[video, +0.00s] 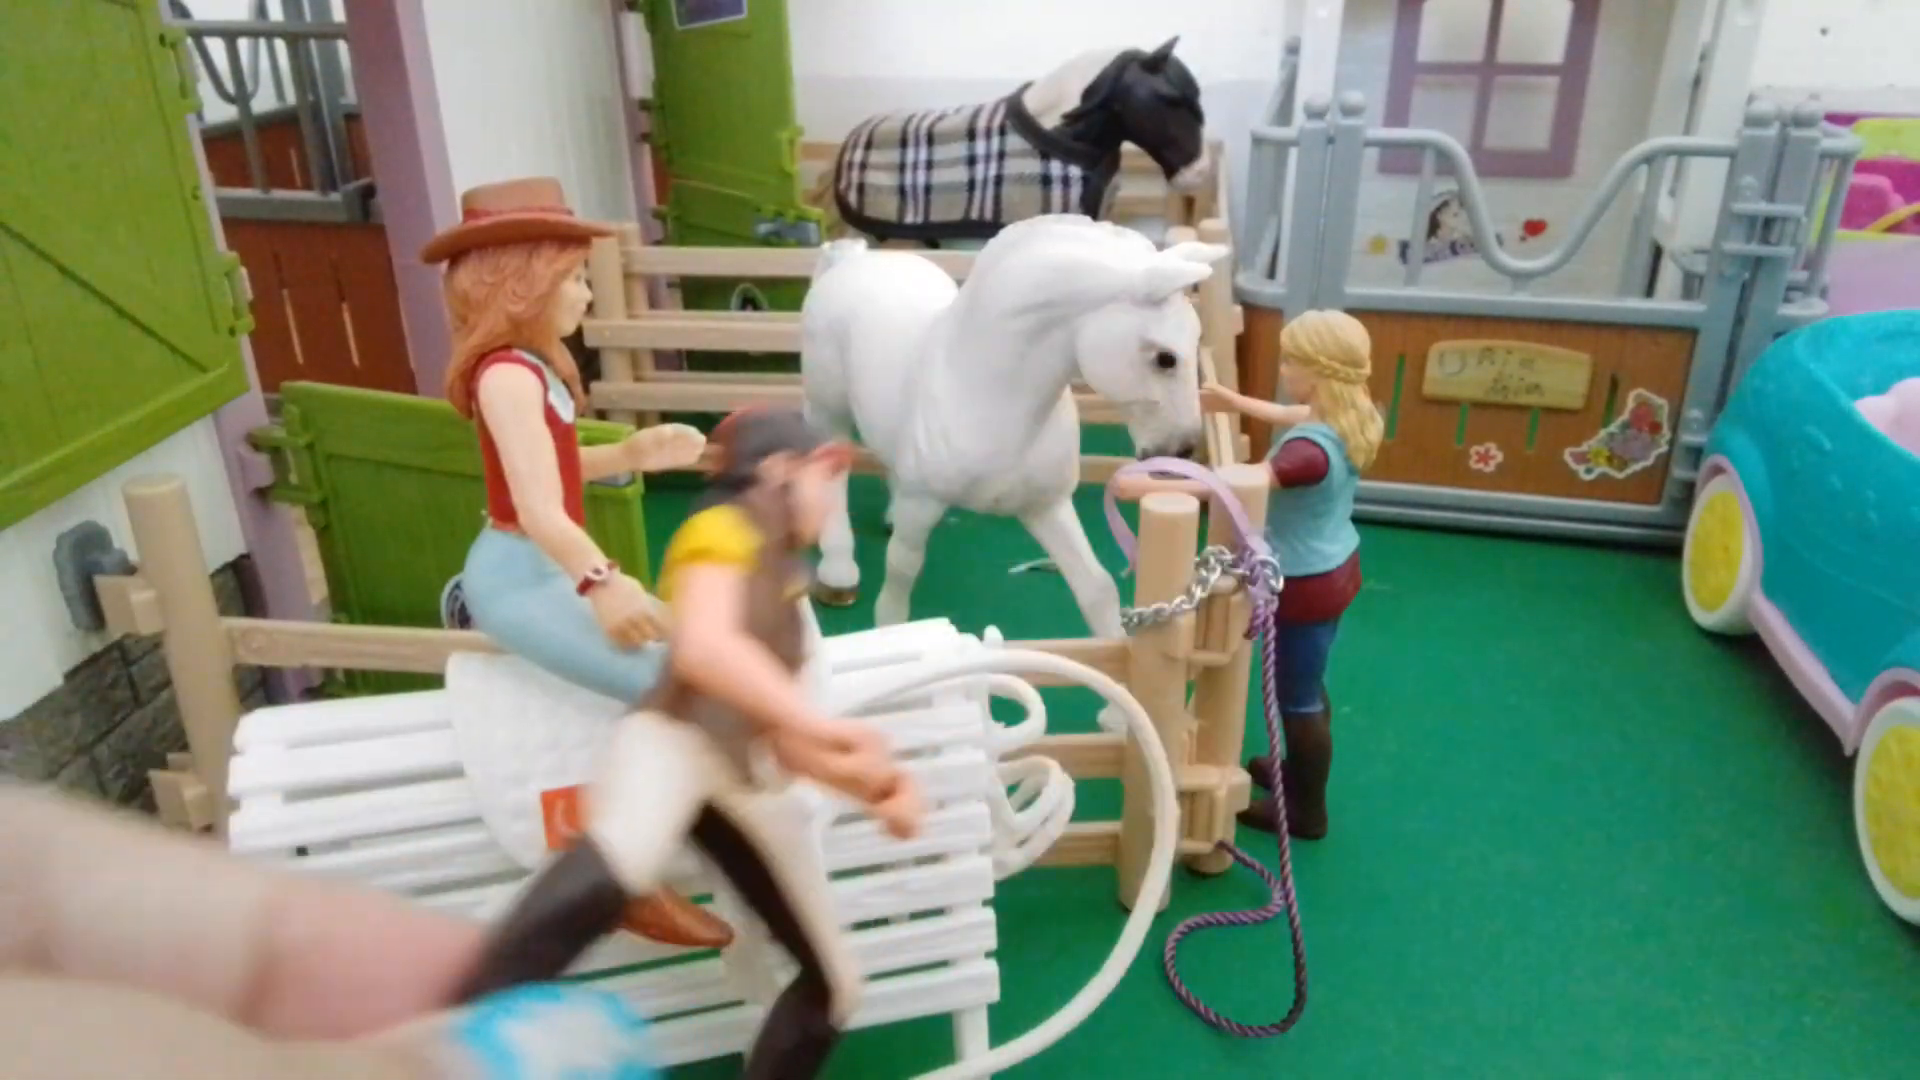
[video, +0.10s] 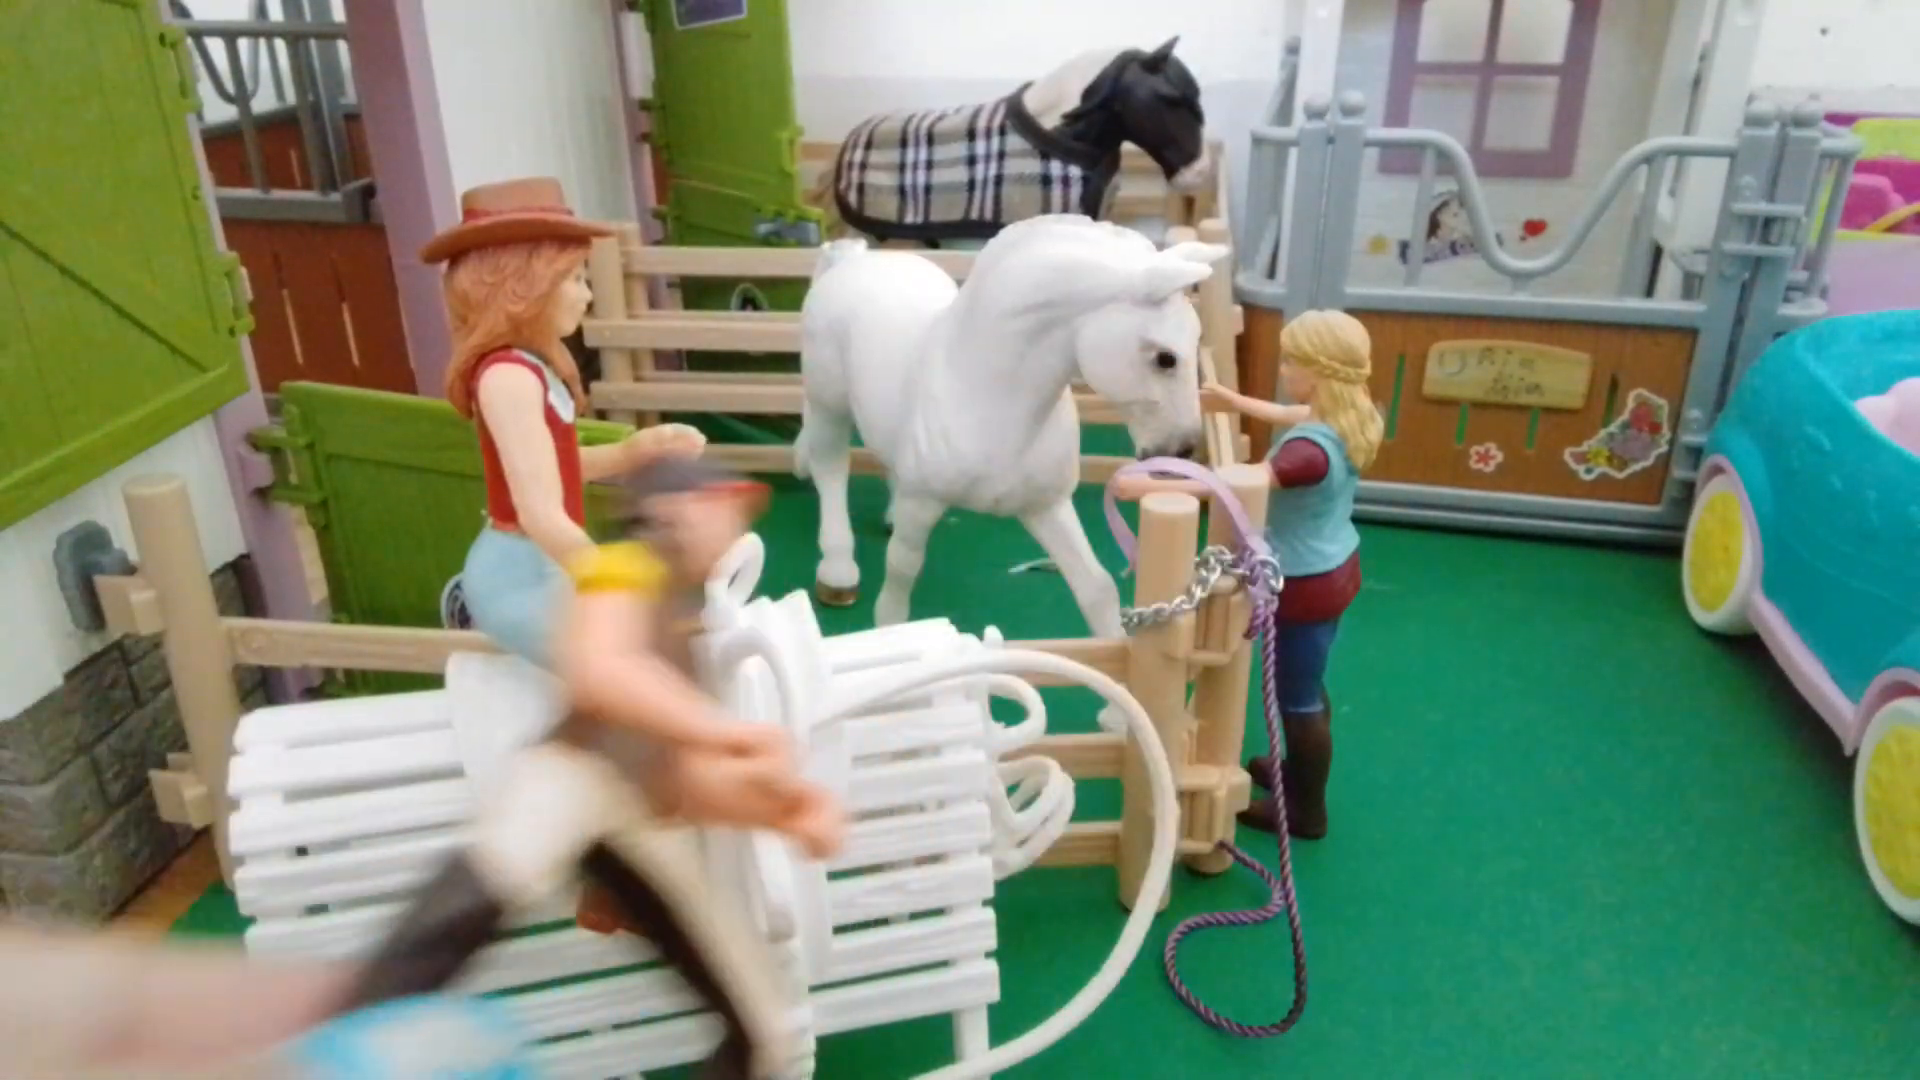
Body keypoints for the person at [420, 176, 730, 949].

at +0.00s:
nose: (587, 295)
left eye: (584, 277)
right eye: (575, 278)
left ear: (531, 288)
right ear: (527, 286)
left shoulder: (539, 368)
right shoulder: (510, 378)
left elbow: (556, 467)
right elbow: (538, 513)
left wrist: (634, 454)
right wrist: (605, 583)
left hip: (545, 564)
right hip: (516, 576)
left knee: (689, 665)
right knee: (682, 685)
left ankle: (636, 869)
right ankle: (630, 870)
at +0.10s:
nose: (588, 295)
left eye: (585, 279)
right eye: (579, 278)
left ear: (534, 287)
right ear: (530, 285)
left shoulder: (536, 370)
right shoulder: (509, 377)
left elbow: (557, 467)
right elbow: (540, 517)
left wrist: (637, 451)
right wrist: (622, 592)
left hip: (547, 559)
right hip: (518, 571)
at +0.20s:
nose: (588, 295)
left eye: (585, 277)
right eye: (576, 279)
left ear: (536, 286)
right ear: (528, 286)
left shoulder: (541, 367)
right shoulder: (510, 376)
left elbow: (552, 467)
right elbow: (535, 510)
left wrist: (632, 454)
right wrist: (604, 582)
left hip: (553, 572)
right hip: (527, 581)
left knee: (692, 679)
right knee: (683, 699)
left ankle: (624, 879)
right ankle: (634, 877)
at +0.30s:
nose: (587, 295)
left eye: (584, 278)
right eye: (574, 279)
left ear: (528, 289)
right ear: (526, 286)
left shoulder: (535, 369)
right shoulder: (509, 377)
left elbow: (551, 469)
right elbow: (536, 513)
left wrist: (633, 454)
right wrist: (604, 582)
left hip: (548, 569)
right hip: (519, 580)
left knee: (697, 666)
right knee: (681, 696)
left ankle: (636, 873)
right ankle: (626, 878)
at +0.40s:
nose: (587, 294)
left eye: (585, 277)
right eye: (575, 278)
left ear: (530, 289)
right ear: (526, 286)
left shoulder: (537, 368)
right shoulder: (510, 378)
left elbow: (553, 469)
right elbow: (537, 514)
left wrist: (633, 454)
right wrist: (605, 582)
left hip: (550, 558)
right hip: (524, 566)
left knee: (691, 678)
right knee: (682, 697)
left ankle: (633, 874)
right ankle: (626, 877)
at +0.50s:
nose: (588, 295)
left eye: (585, 278)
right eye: (576, 279)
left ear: (530, 289)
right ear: (527, 286)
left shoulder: (535, 369)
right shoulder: (509, 378)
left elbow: (550, 469)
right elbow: (536, 512)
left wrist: (633, 455)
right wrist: (605, 583)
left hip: (548, 569)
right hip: (520, 579)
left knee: (696, 665)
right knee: (683, 696)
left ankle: (637, 873)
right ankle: (627, 879)